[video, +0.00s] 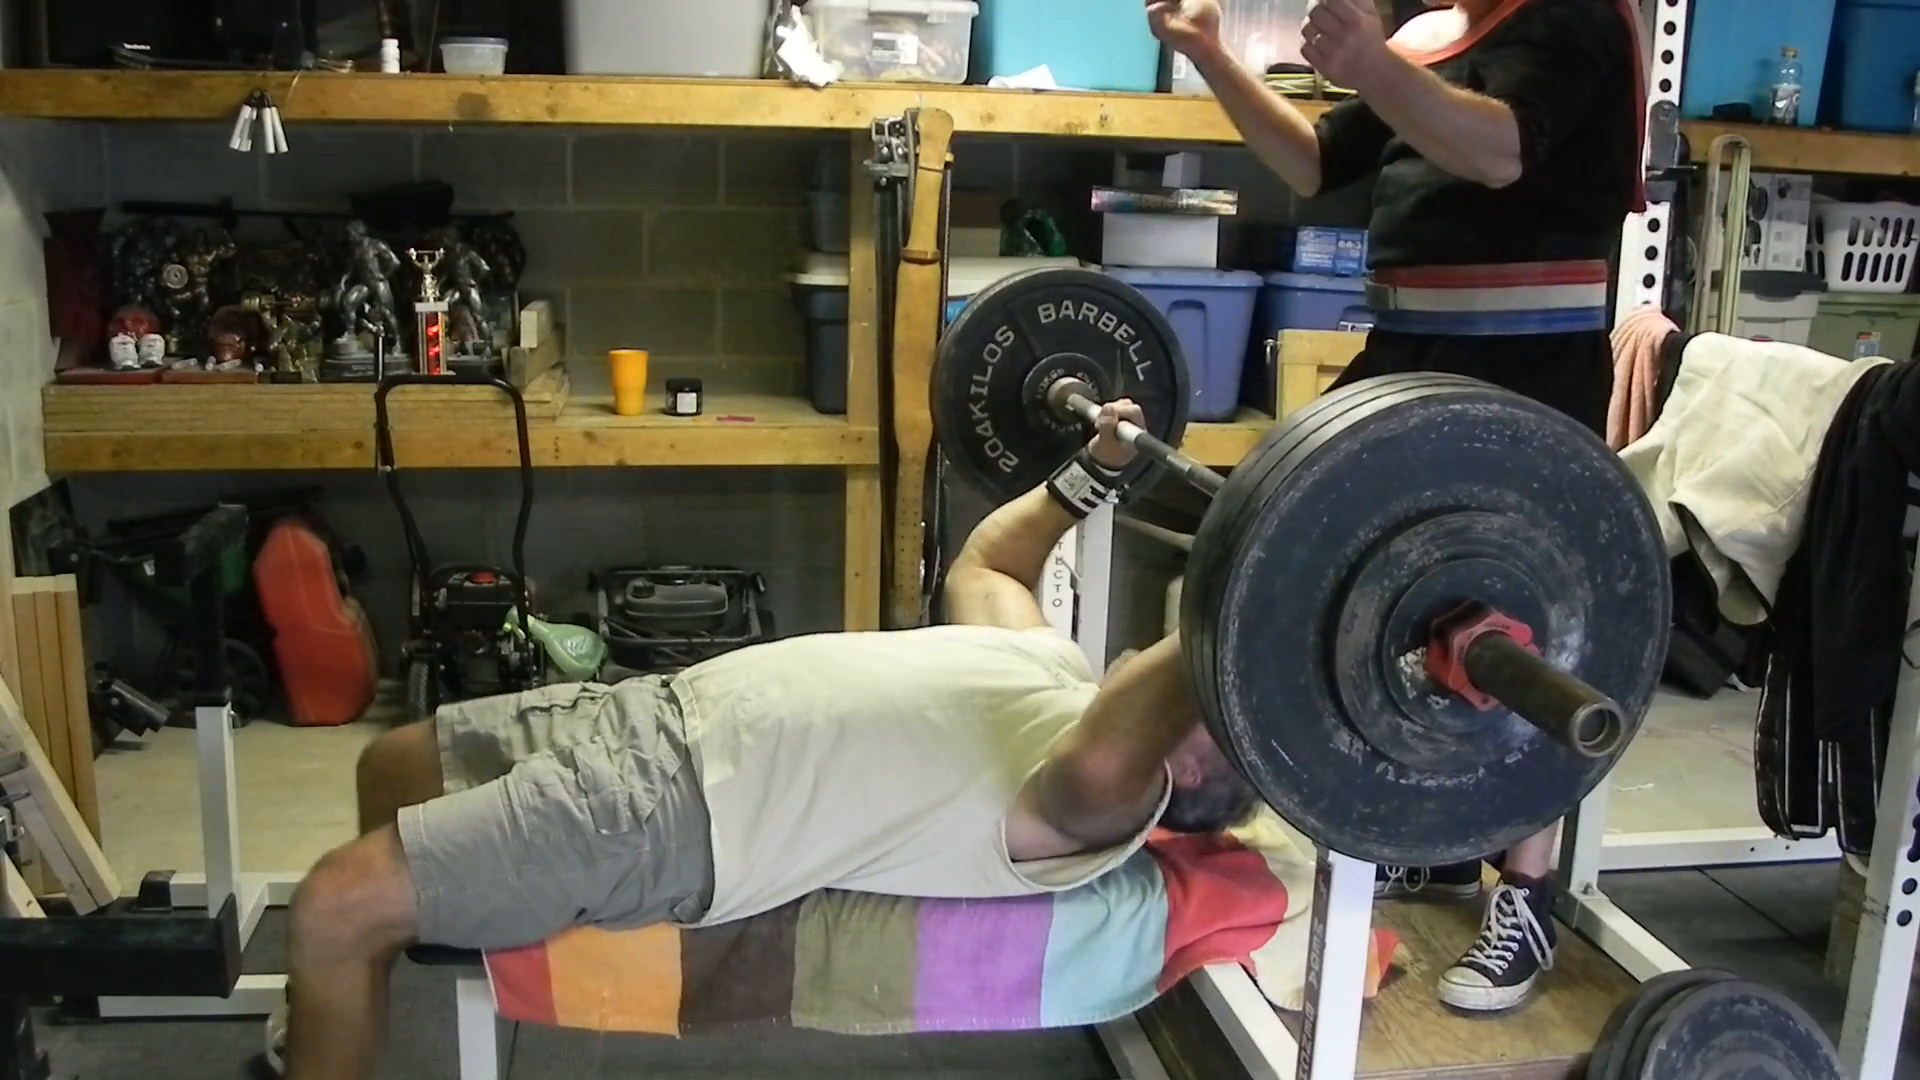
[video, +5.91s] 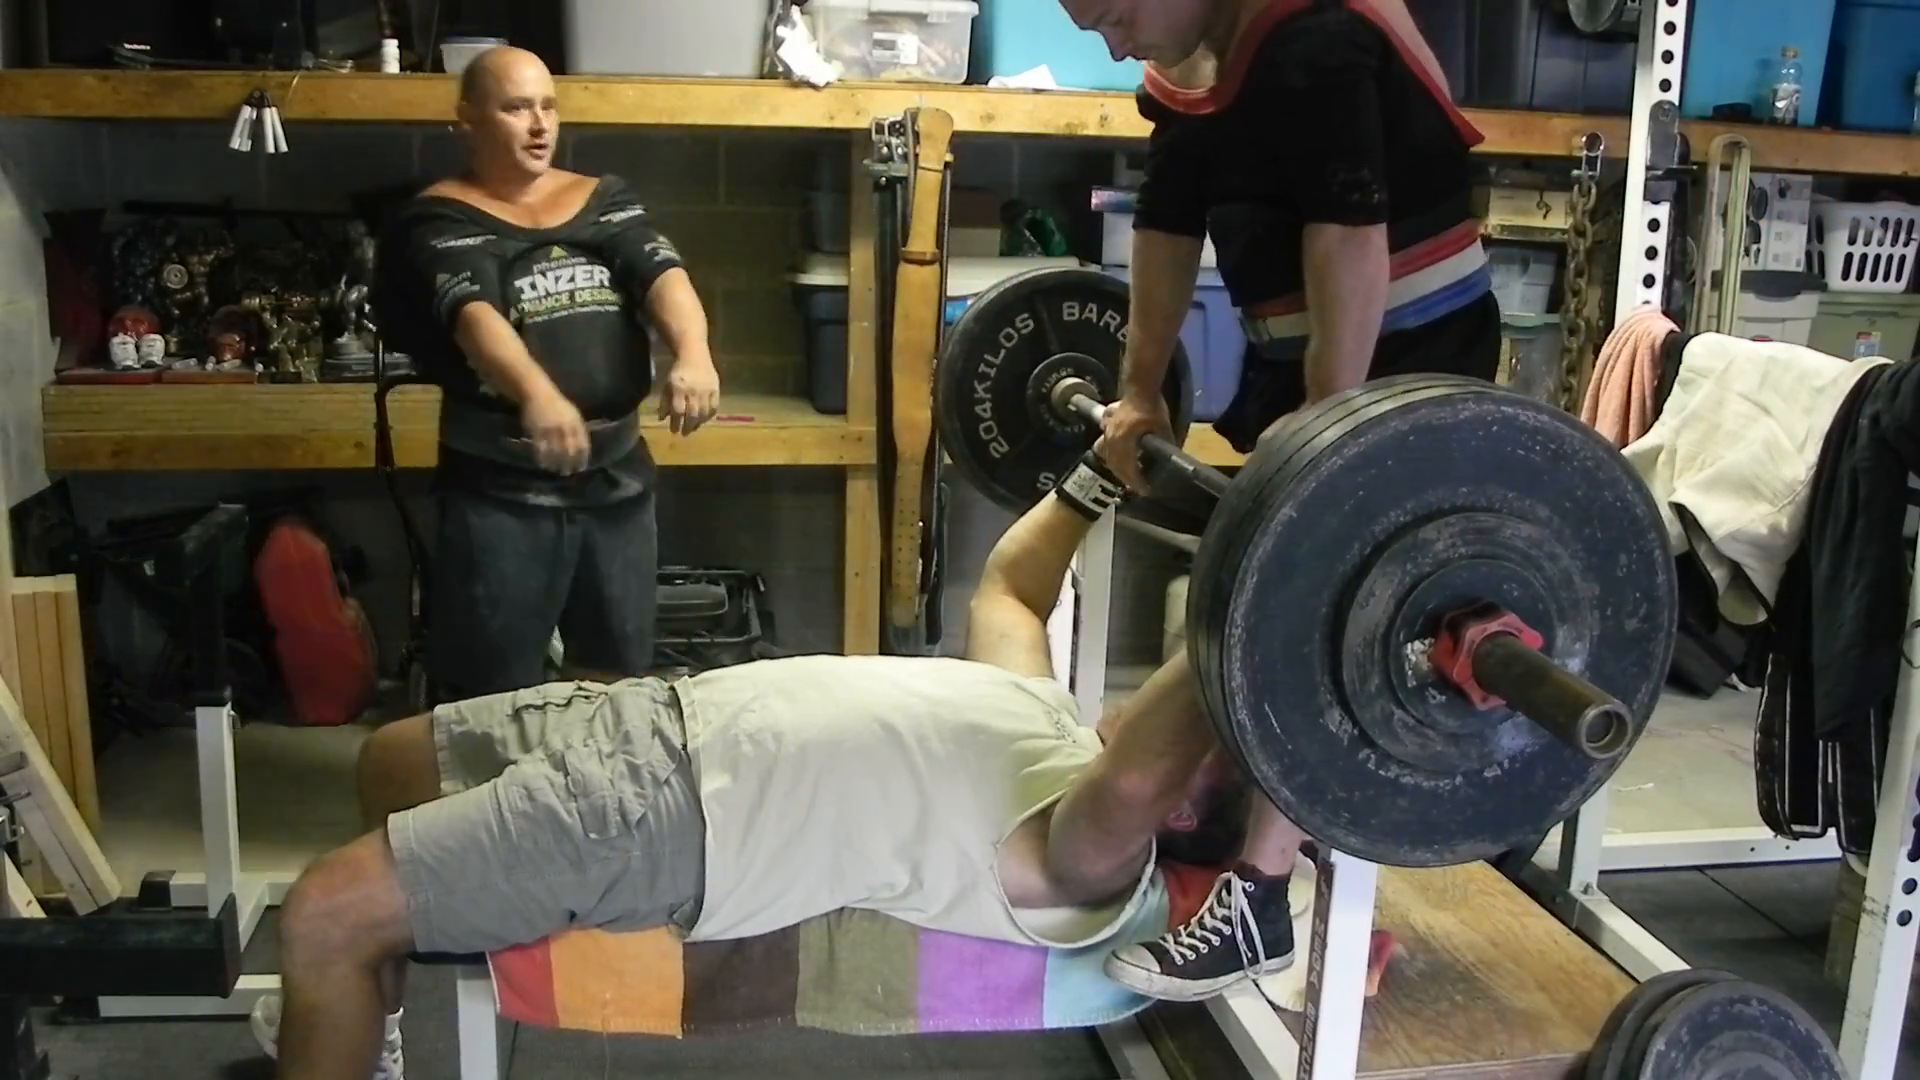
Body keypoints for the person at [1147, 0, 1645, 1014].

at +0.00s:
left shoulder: (1576, 18)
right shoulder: (1428, 38)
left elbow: (1503, 148)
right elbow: (1314, 164)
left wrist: (1372, 64)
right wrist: (1210, 54)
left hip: (1536, 374)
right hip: (1405, 363)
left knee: (1528, 630)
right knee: (1392, 608)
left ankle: (1528, 891)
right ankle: (1431, 831)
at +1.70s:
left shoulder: (1648, 19)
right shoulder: (1528, 17)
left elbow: (1528, 168)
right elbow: (1468, 142)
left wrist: (1355, 76)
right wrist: (1344, 71)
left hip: (1612, 380)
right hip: (1502, 369)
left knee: (1590, 655)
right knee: (1464, 616)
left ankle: (1540, 915)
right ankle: (1446, 845)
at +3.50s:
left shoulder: (1584, 32)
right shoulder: (1469, 34)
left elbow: (1491, 193)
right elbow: (1373, 129)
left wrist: (1305, 228)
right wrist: (1225, 98)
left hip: (1553, 385)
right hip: (1436, 370)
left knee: (1554, 650)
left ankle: (1535, 918)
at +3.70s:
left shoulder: (1511, 26)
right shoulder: (1395, 30)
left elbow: (1467, 214)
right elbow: (1306, 166)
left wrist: (1353, 377)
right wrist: (1170, 239)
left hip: (1518, 374)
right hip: (1413, 370)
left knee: (1526, 637)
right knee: (1366, 611)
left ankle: (1530, 916)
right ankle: (1332, 817)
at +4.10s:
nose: (1172, 13)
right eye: (1170, 6)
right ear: (1223, 1)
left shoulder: (1378, 33)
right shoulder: (1243, 85)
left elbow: (1393, 225)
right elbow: (1204, 234)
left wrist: (1340, 407)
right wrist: (1154, 385)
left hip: (1462, 339)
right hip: (1346, 351)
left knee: (1464, 619)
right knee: (1324, 603)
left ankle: (1468, 888)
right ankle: (1335, 856)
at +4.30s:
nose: (1151, 19)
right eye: (1143, 6)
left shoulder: (1363, 27)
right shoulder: (1202, 62)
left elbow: (1386, 200)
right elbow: (1185, 229)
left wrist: (1330, 356)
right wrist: (1150, 390)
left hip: (1447, 334)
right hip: (1313, 346)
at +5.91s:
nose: (1102, 37)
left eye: (1107, 15)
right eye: (1090, 25)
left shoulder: (1324, 44)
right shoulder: (1179, 68)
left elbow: (1353, 290)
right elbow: (1166, 228)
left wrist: (1319, 486)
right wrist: (1140, 392)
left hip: (1414, 345)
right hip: (1289, 346)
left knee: (1322, 605)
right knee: (1235, 583)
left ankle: (1259, 890)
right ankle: (1201, 818)